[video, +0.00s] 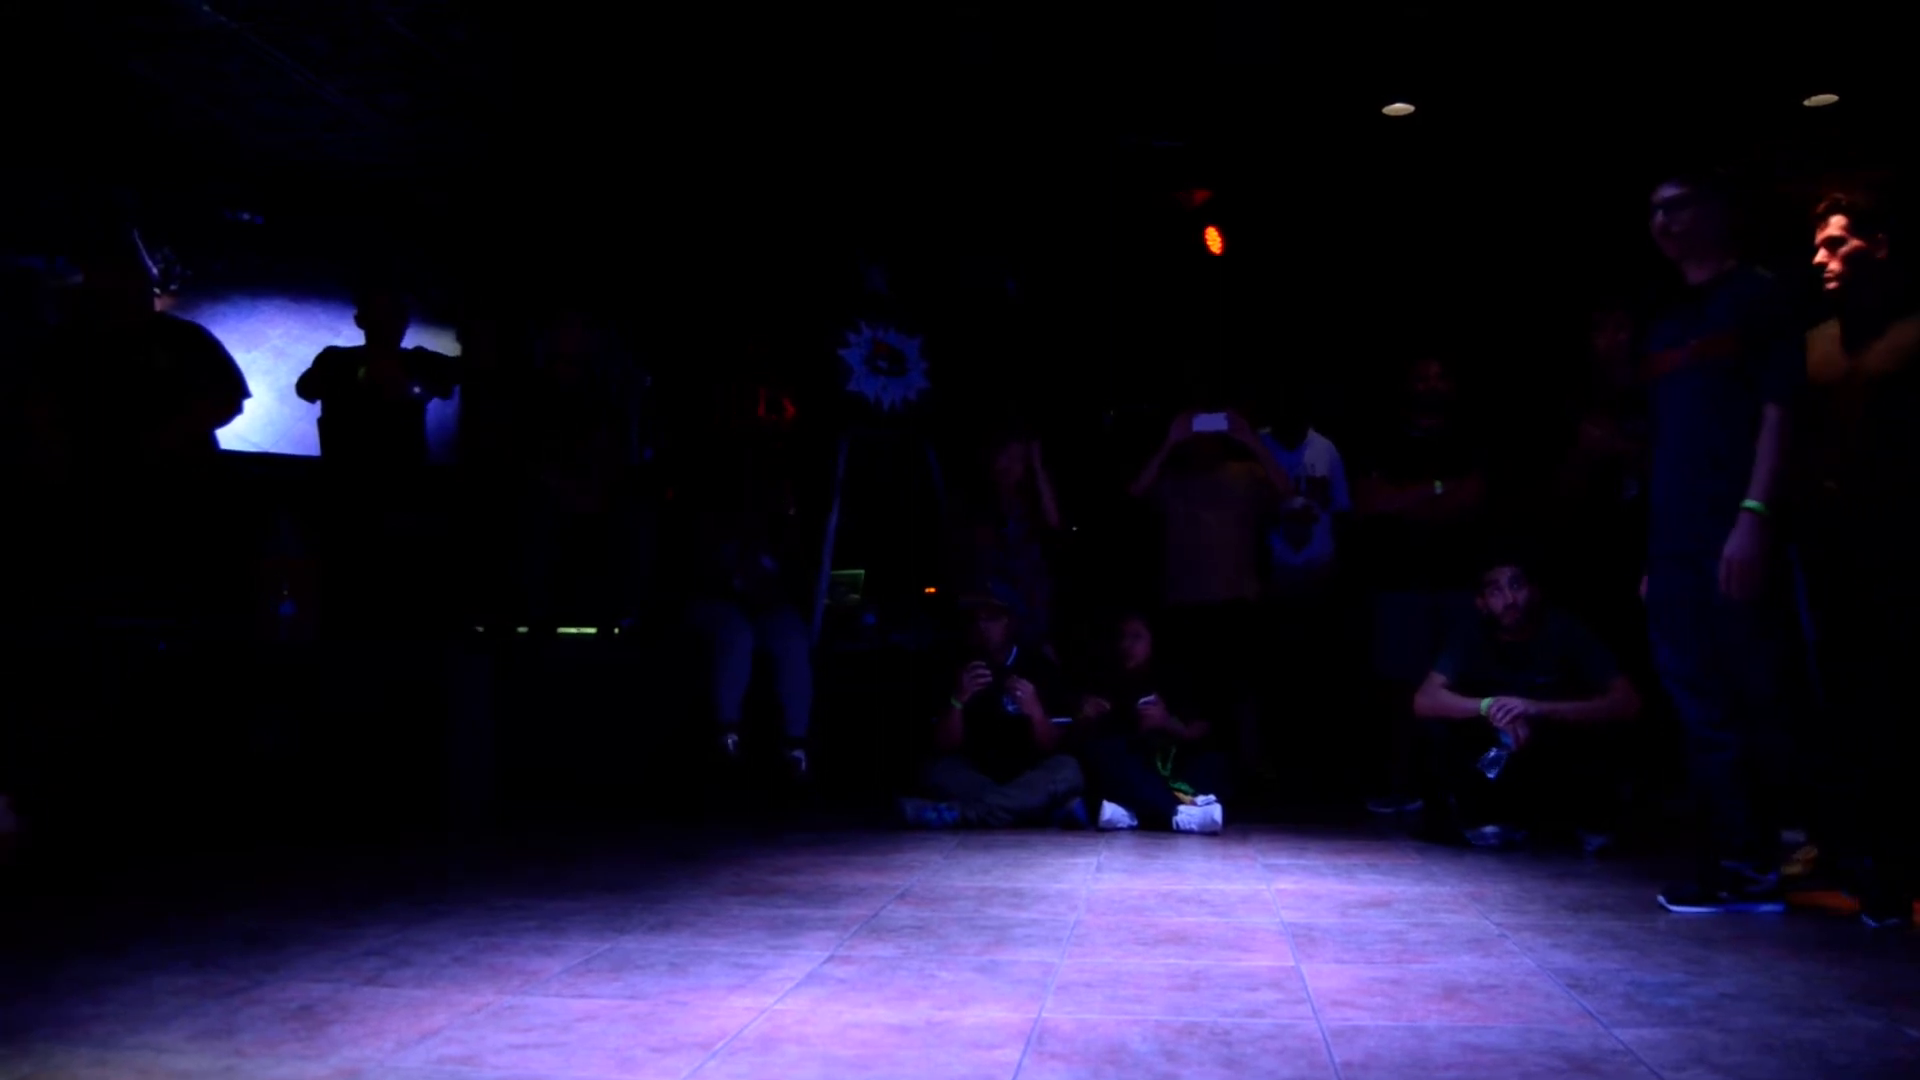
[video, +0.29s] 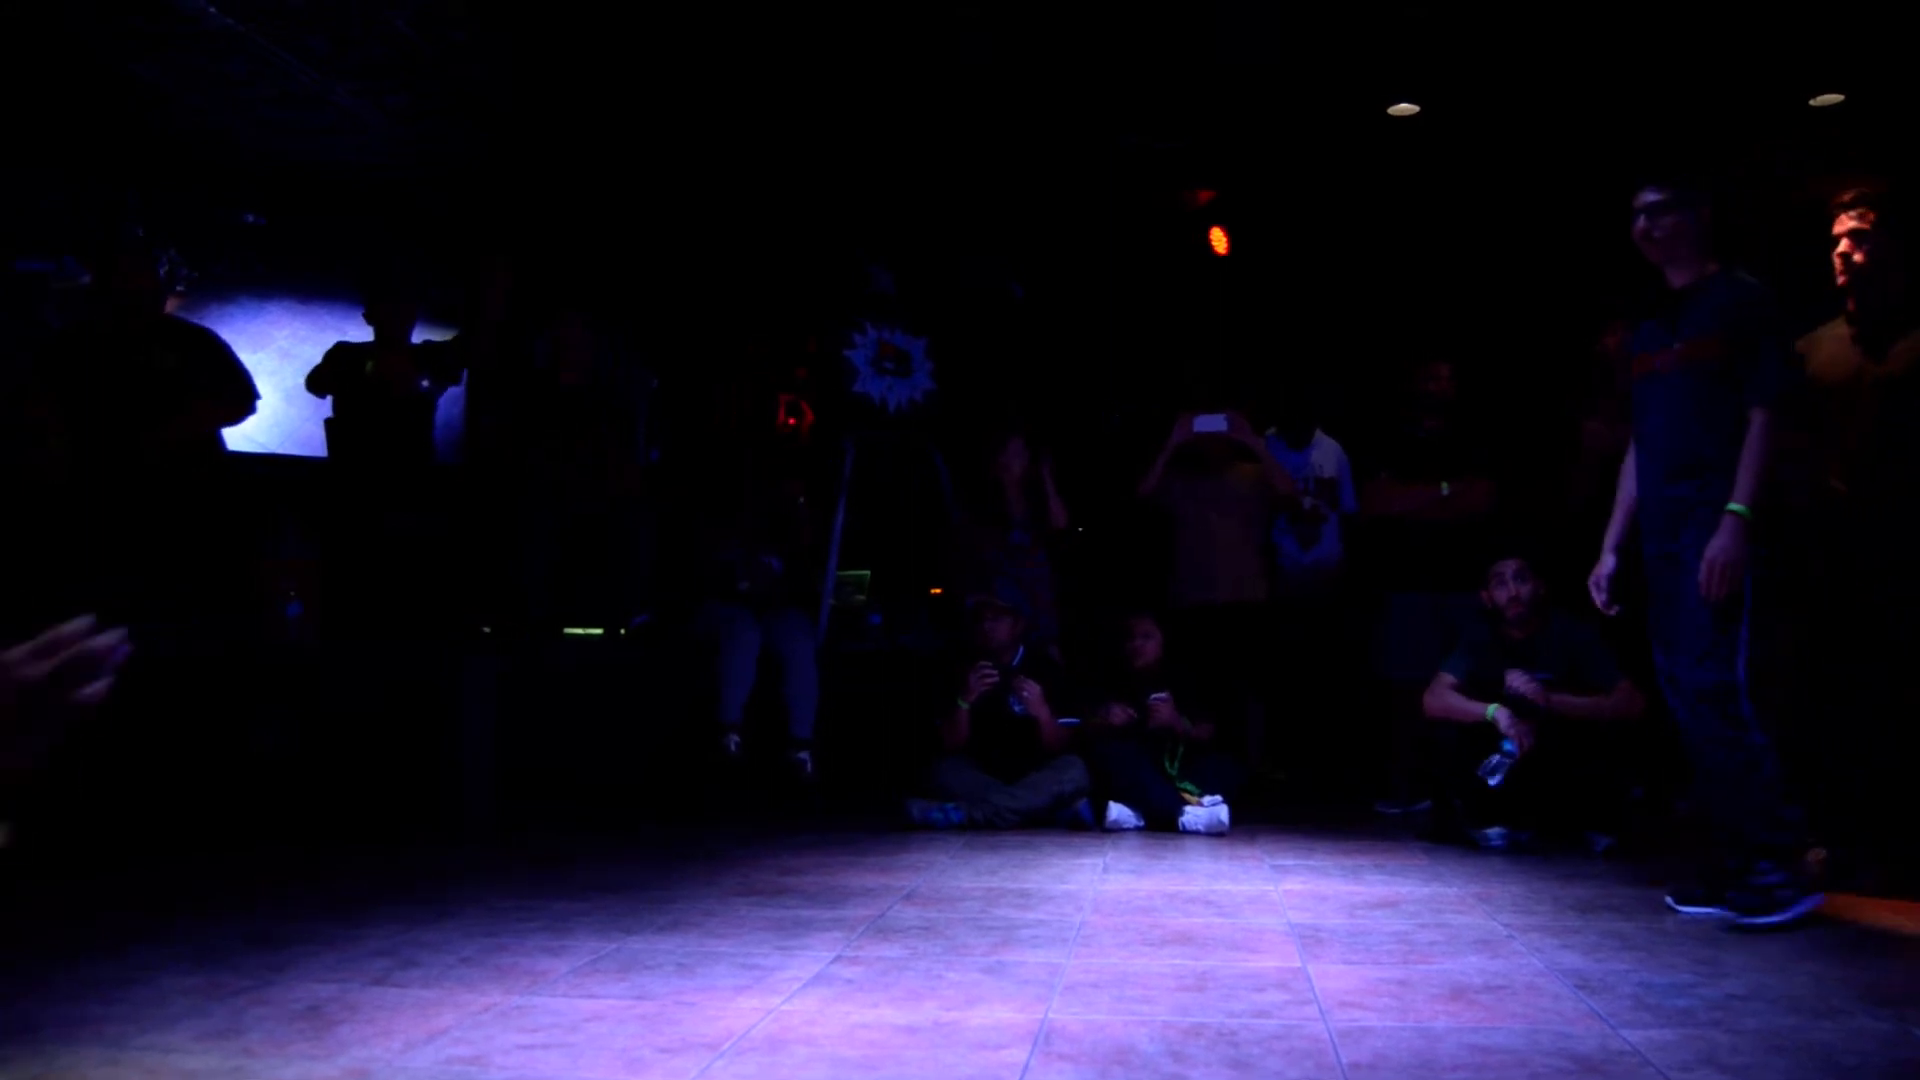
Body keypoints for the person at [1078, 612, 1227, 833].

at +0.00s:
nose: (1127, 645)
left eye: (1136, 637)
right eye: (1122, 637)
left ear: (1151, 641)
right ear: (1114, 642)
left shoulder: (1168, 680)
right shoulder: (1106, 681)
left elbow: (1198, 731)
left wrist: (1165, 721)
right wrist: (1086, 716)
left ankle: (1136, 813)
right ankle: (1175, 813)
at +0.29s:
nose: (1137, 645)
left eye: (1146, 637)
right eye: (1131, 638)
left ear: (1161, 641)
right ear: (1123, 643)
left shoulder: (1181, 680)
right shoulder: (1115, 682)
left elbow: (1207, 733)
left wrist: (1175, 721)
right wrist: (1105, 719)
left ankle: (1143, 813)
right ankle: (1181, 813)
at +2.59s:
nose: (1200, 643)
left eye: (1208, 634)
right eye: (1193, 637)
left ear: (1222, 638)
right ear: (1186, 644)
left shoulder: (1244, 676)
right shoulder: (1182, 678)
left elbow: (1269, 729)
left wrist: (1228, 715)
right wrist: (1186, 718)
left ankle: (1211, 810)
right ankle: (1251, 809)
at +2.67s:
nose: (1200, 643)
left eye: (1208, 634)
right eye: (1193, 636)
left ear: (1222, 638)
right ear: (1186, 643)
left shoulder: (1243, 675)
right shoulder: (1182, 678)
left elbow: (1268, 728)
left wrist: (1228, 715)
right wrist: (1185, 718)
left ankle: (1211, 811)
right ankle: (1251, 809)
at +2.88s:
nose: (1200, 643)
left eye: (1208, 634)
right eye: (1193, 636)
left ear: (1223, 638)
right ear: (1186, 642)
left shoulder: (1244, 675)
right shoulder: (1182, 678)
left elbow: (1269, 729)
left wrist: (1228, 714)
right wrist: (1185, 718)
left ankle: (1211, 810)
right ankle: (1251, 809)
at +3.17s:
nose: (1201, 642)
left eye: (1208, 633)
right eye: (1194, 636)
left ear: (1224, 637)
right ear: (1187, 643)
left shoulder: (1245, 674)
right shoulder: (1182, 677)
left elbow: (1267, 728)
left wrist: (1226, 710)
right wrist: (1184, 714)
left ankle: (1211, 811)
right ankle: (1251, 810)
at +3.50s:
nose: (1203, 644)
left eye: (1211, 636)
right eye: (1196, 637)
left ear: (1226, 638)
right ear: (1189, 642)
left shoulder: (1246, 675)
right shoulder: (1184, 676)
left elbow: (1265, 728)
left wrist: (1224, 707)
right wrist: (1181, 712)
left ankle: (1211, 810)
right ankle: (1251, 810)